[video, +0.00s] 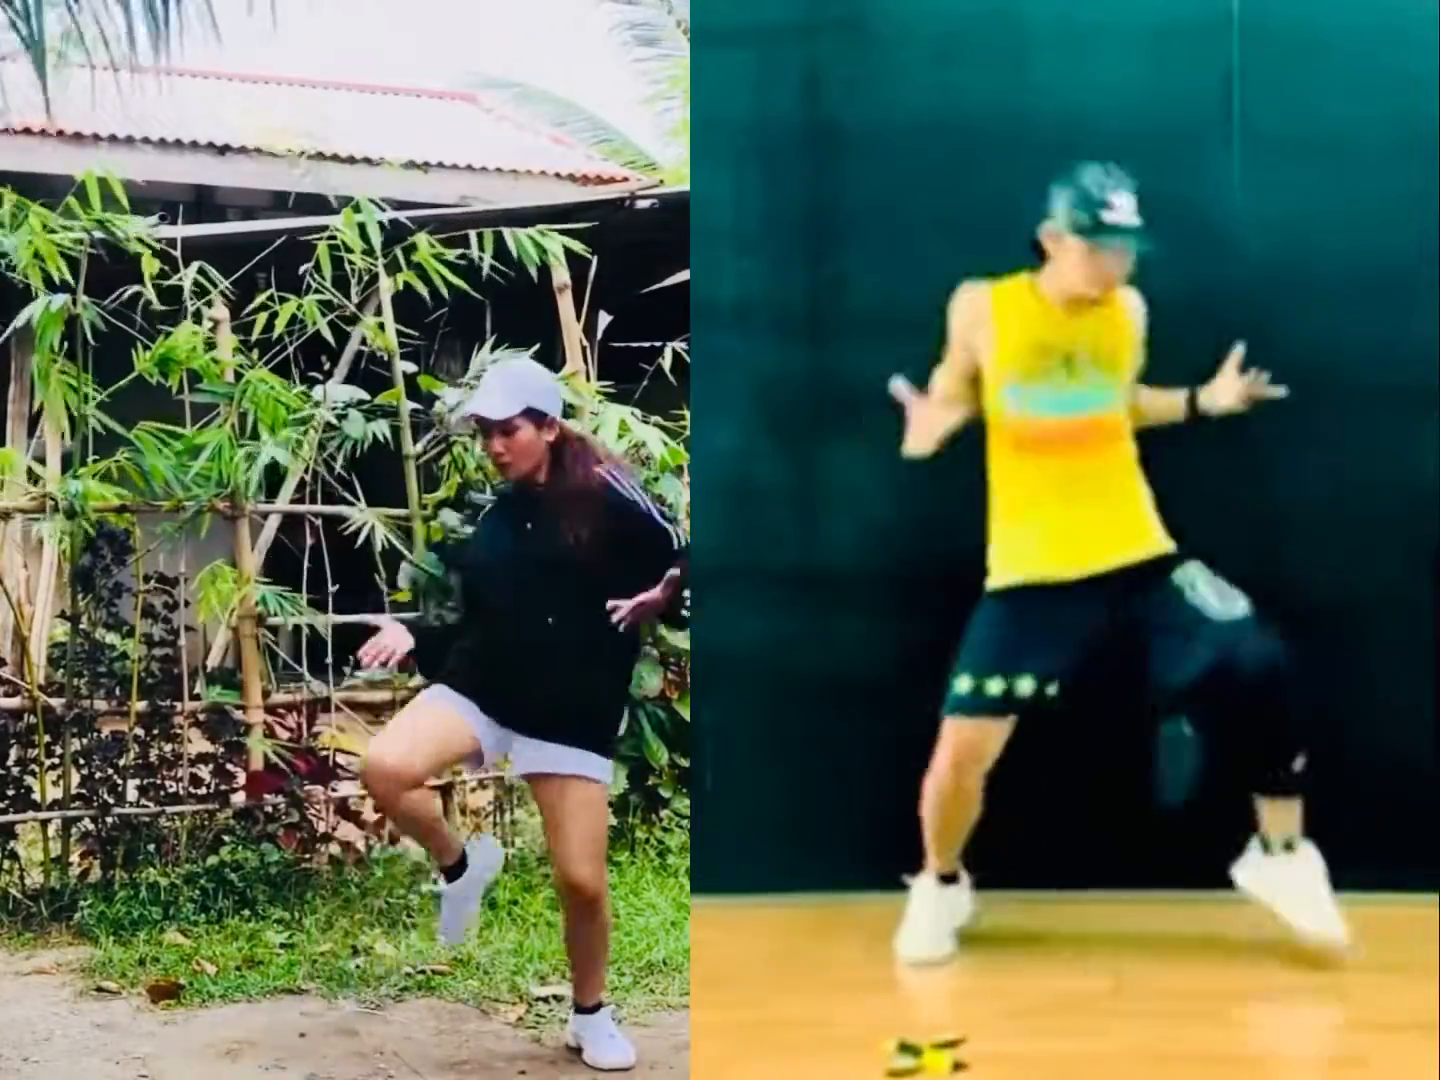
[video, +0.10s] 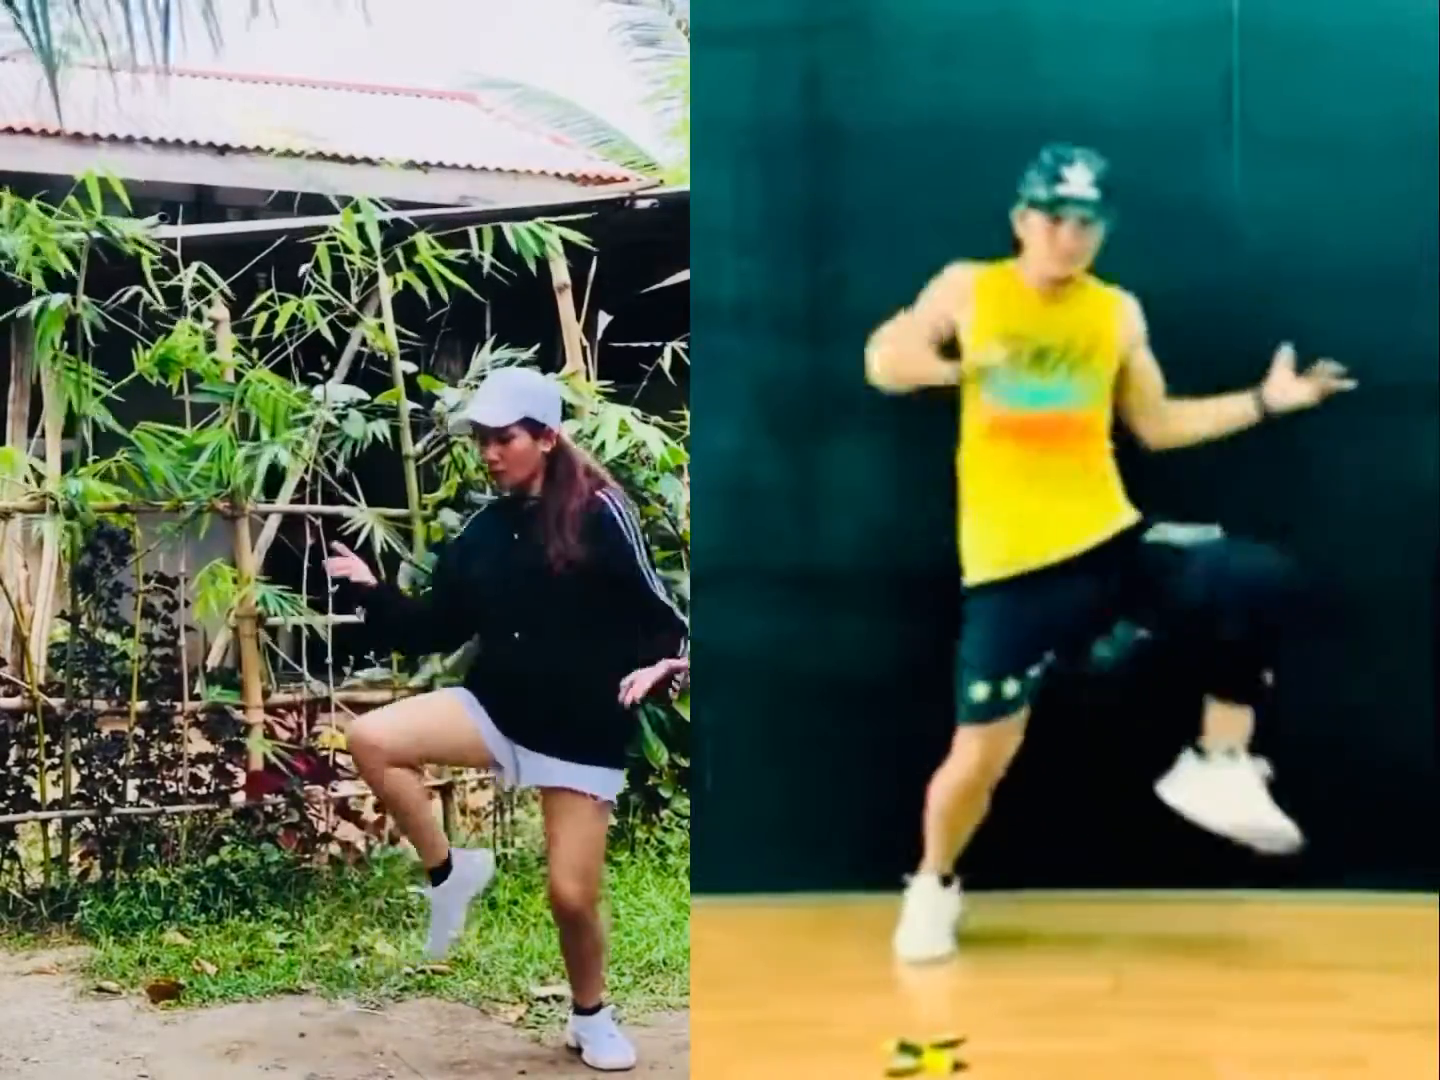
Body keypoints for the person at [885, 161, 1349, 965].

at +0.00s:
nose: (1112, 265)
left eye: (1122, 247)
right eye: (1095, 246)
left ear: (1132, 247)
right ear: (1050, 239)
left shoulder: (1127, 310)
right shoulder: (983, 309)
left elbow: (1122, 403)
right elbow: (955, 389)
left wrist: (1203, 400)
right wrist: (932, 421)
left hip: (1140, 562)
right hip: (1030, 577)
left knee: (1260, 662)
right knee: (960, 754)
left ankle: (1281, 851)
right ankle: (939, 885)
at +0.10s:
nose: (1070, 239)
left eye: (1085, 224)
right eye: (1055, 220)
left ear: (1102, 232)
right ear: (1021, 220)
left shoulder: (1115, 312)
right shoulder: (967, 290)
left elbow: (1157, 425)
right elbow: (883, 362)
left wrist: (1263, 400)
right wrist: (953, 368)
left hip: (1110, 544)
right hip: (1008, 567)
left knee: (1248, 580)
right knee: (982, 755)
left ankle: (1220, 767)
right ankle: (933, 884)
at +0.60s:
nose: (1121, 278)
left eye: (1136, 262)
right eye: (1106, 261)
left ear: (1156, 271)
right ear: (1075, 268)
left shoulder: (1186, 368)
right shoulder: (1029, 341)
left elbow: (1289, 444)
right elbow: (927, 409)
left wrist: (1410, 469)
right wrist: (936, 369)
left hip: (1181, 595)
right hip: (1073, 601)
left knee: (1271, 738)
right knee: (1003, 756)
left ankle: (1313, 899)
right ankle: (1019, 894)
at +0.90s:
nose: (1227, 241)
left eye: (1241, 224)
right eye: (1210, 225)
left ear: (1262, 229)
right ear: (1182, 235)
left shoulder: (1298, 303)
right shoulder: (1155, 307)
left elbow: (1330, 394)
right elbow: (1148, 392)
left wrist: (1397, 387)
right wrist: (1090, 394)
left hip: (1265, 568)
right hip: (1156, 559)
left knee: (1351, 725)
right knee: (1067, 704)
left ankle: (1324, 896)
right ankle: (959, 795)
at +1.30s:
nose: (1228, 271)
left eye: (1242, 254)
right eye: (1212, 254)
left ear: (1263, 258)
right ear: (1183, 259)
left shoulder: (1286, 329)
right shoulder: (1146, 336)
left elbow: (1297, 417)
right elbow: (1120, 444)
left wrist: (1362, 419)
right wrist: (1102, 403)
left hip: (1271, 600)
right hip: (1160, 597)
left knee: (1372, 731)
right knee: (1051, 742)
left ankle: (1325, 896)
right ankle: (957, 831)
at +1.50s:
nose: (1161, 340)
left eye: (1177, 325)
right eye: (1146, 323)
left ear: (1199, 333)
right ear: (1117, 330)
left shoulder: (1230, 421)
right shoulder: (1083, 393)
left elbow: (1330, 503)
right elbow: (983, 442)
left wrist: (1430, 550)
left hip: (1215, 641)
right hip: (1104, 648)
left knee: (1328, 730)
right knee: (1032, 808)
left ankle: (1325, 900)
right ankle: (981, 898)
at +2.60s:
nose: (1239, 246)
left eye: (1252, 229)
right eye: (1222, 231)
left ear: (1273, 235)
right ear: (1192, 240)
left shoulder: (1306, 306)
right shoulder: (1163, 321)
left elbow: (1332, 413)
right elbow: (1144, 425)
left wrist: (1363, 377)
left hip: (1278, 579)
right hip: (1171, 571)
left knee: (1363, 729)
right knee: (1076, 727)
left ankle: (1332, 897)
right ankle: (956, 821)